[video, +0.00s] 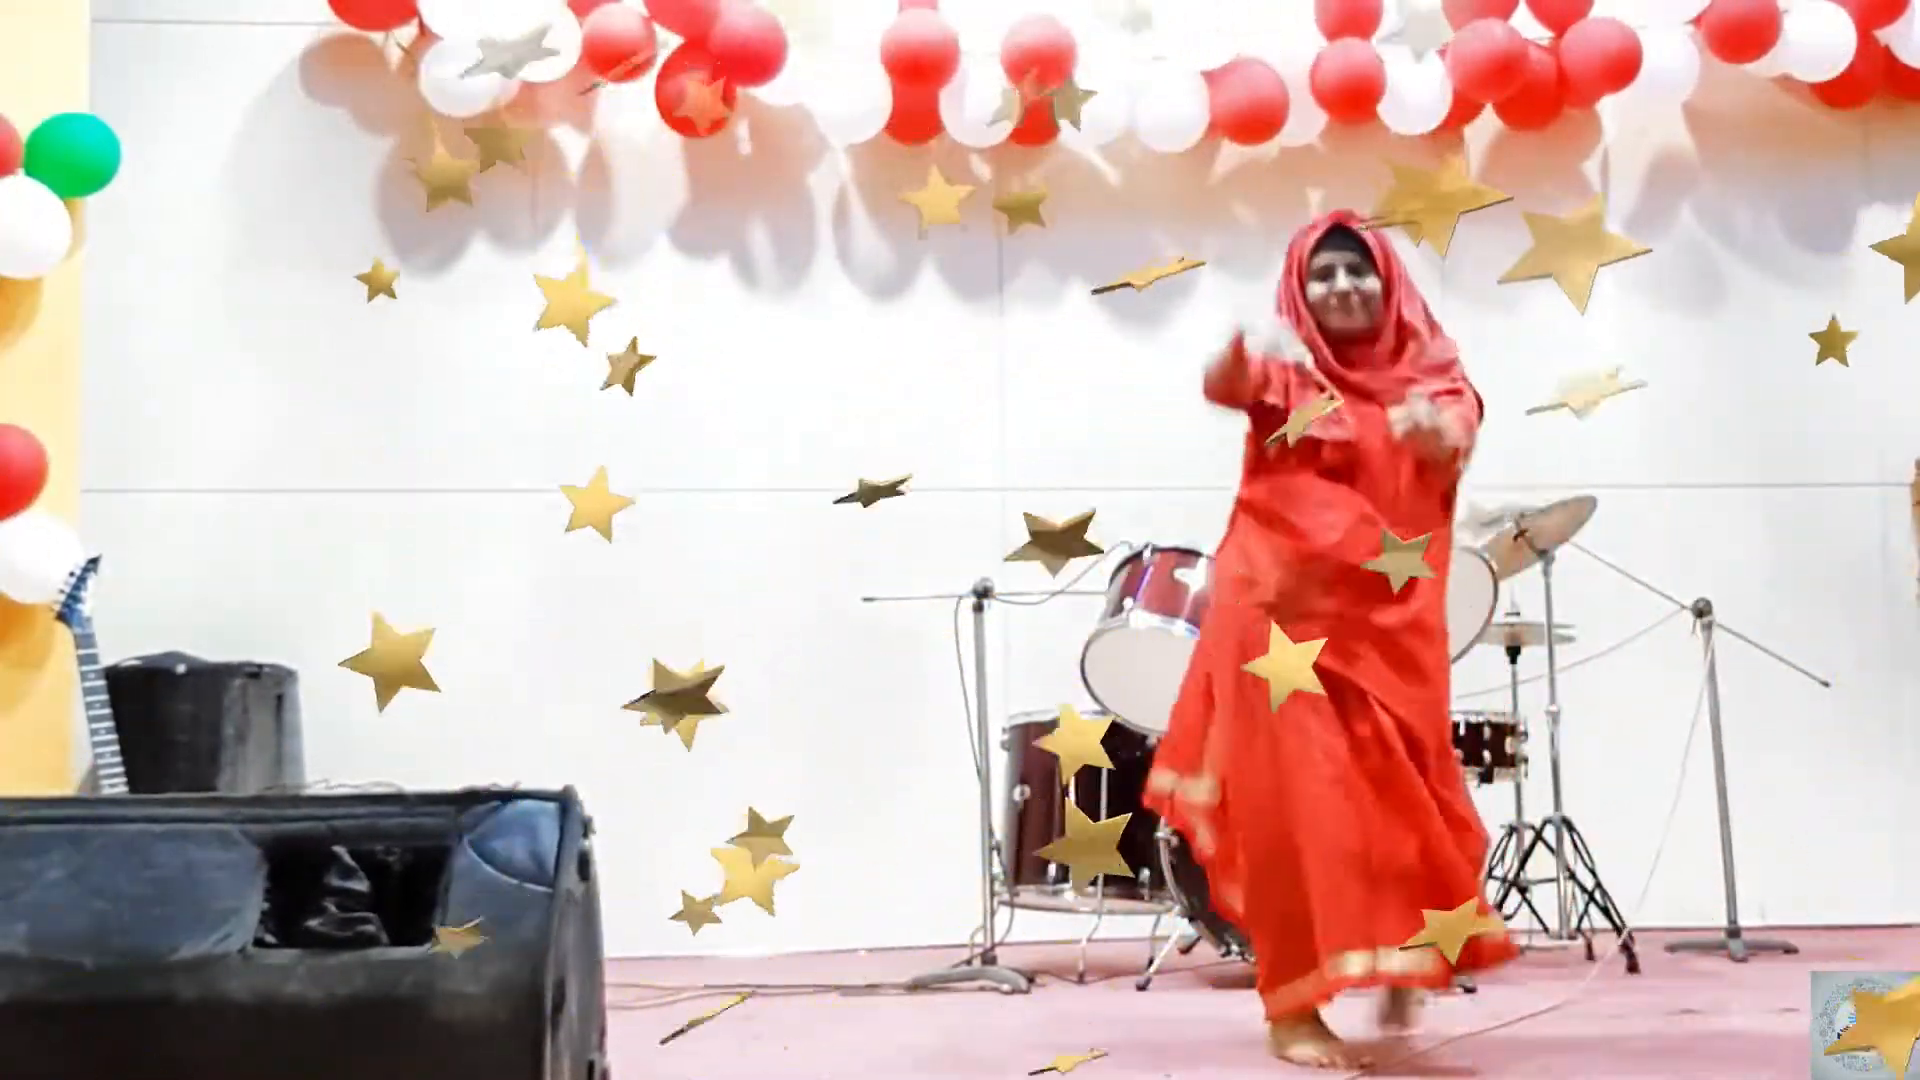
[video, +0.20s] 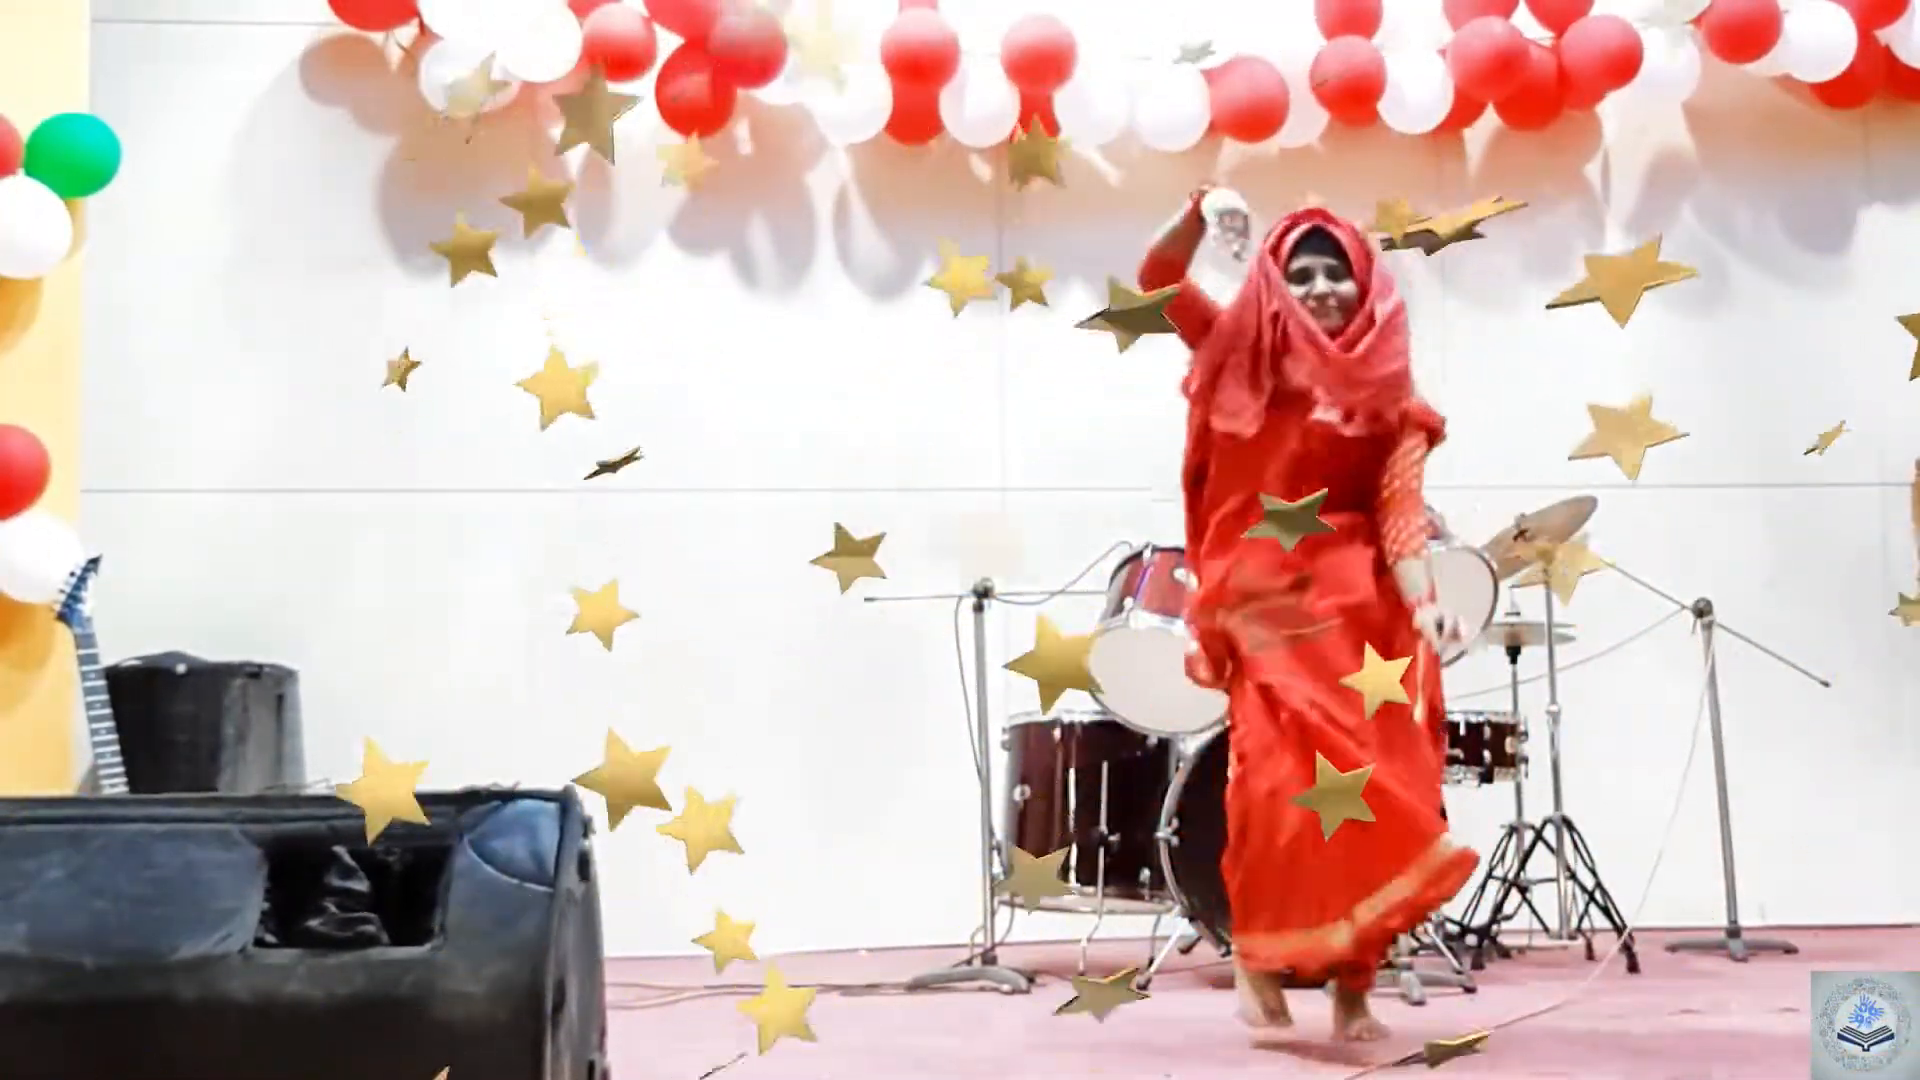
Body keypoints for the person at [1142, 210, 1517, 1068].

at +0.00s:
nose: (1344, 285)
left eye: (1358, 270)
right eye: (1325, 274)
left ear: (1388, 283)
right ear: (1300, 293)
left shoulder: (1434, 380)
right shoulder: (1288, 372)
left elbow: (1454, 428)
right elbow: (1231, 387)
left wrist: (1431, 429)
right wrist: (1235, 363)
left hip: (1388, 634)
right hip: (1280, 631)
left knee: (1394, 799)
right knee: (1294, 805)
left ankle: (1399, 980)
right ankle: (1293, 1008)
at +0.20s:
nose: (1325, 288)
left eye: (1338, 273)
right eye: (1306, 274)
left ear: (1363, 287)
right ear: (1275, 286)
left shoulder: (1383, 391)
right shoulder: (1238, 355)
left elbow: (1402, 507)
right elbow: (1159, 282)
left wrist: (1423, 600)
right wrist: (1196, 217)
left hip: (1358, 588)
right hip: (1256, 587)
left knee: (1380, 776)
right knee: (1280, 771)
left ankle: (1355, 987)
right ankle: (1254, 952)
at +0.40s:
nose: (1276, 287)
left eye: (1291, 273)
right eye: (1259, 275)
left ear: (1317, 287)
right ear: (1234, 290)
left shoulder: (1351, 394)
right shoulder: (1197, 364)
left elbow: (1398, 475)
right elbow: (1095, 325)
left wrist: (1447, 513)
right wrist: (1126, 268)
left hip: (1335, 629)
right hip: (1220, 625)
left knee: (1345, 796)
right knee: (1230, 795)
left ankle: (1343, 983)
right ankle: (1283, 964)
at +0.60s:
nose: (1234, 340)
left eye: (1249, 323)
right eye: (1217, 325)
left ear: (1277, 328)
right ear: (1194, 336)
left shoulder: (1318, 413)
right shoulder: (1173, 427)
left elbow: (1400, 414)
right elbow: (1104, 520)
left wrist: (1425, 328)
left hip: (1279, 648)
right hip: (1173, 646)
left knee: (1278, 814)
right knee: (1169, 815)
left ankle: (1334, 988)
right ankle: (1176, 985)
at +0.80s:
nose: (1228, 320)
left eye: (1242, 305)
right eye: (1211, 306)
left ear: (1268, 318)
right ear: (1183, 322)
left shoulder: (1305, 412)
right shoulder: (1150, 411)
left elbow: (1393, 443)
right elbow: (1065, 493)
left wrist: (1441, 393)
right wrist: (1010, 469)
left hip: (1253, 649)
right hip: (1149, 641)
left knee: (1231, 806)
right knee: (1135, 810)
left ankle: (1285, 981)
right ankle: (1127, 977)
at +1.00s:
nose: (1245, 288)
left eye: (1257, 273)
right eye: (1226, 279)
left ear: (1286, 284)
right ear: (1201, 297)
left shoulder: (1321, 388)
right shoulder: (1177, 365)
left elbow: (1385, 476)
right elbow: (1100, 404)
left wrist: (1369, 498)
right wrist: (1153, 424)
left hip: (1294, 613)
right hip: (1191, 609)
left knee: (1290, 796)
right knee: (1183, 786)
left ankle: (1277, 994)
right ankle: (1157, 965)